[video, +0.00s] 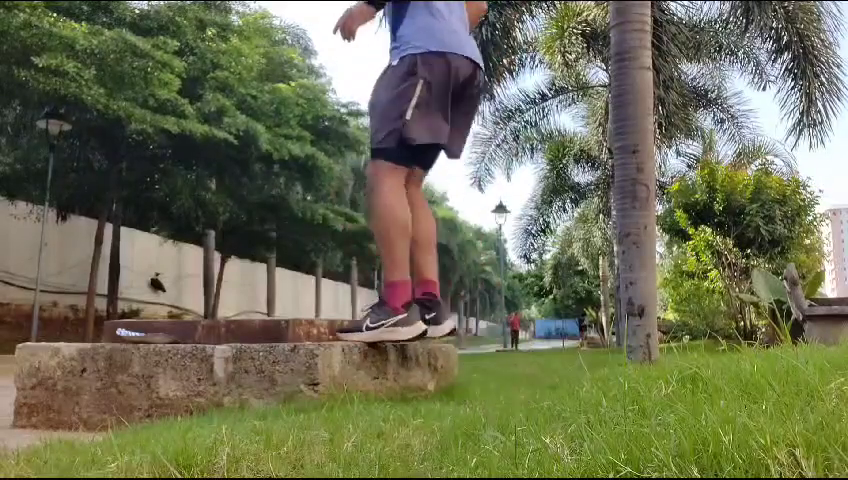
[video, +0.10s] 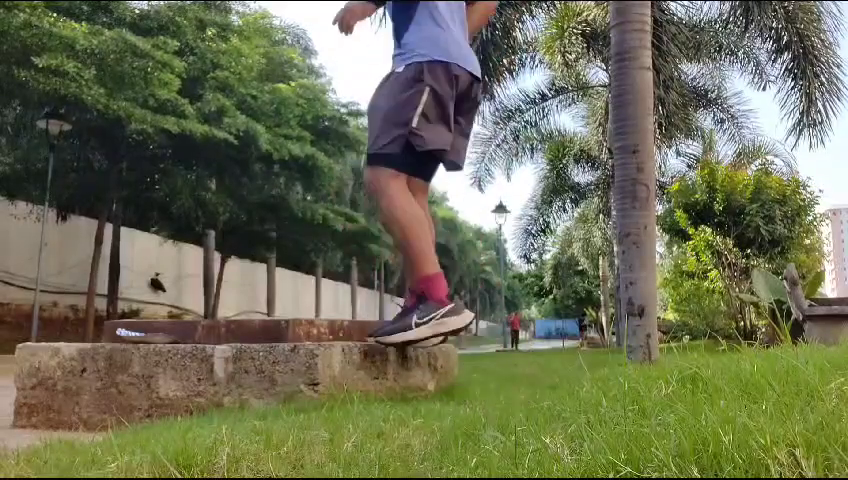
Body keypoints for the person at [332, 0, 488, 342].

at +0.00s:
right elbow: (478, 5)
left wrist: (366, 7)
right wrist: (442, 37)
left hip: (423, 50)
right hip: (467, 59)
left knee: (385, 174)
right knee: (412, 183)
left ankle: (394, 306)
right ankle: (430, 305)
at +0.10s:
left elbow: (365, 6)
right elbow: (487, 3)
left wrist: (350, 14)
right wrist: (451, 42)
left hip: (425, 55)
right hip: (463, 66)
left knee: (383, 178)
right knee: (416, 189)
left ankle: (436, 299)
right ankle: (416, 305)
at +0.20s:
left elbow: (354, 9)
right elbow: (493, 2)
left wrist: (361, 2)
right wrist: (452, 31)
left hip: (435, 55)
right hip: (466, 62)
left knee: (405, 187)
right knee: (407, 187)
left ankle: (462, 315)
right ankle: (419, 304)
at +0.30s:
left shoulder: (414, 2)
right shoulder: (467, 8)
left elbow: (387, 6)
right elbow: (515, 4)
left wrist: (375, 10)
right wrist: (470, 44)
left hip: (444, 90)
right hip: (480, 98)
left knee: (441, 236)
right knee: (382, 190)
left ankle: (477, 362)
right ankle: (436, 287)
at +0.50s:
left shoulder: (425, 4)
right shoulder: (476, 5)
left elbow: (436, 3)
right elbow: (511, 34)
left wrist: (395, 33)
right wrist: (476, 89)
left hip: (441, 107)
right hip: (474, 113)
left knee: (439, 245)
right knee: (406, 242)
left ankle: (497, 374)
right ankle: (489, 338)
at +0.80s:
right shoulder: (453, 13)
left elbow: (431, 0)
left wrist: (391, 31)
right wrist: (402, 79)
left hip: (431, 80)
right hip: (475, 96)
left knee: (344, 181)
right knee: (457, 228)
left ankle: (385, 297)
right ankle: (497, 352)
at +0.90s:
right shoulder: (453, 8)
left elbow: (405, 1)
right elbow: (469, 29)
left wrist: (375, 26)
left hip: (419, 70)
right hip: (465, 83)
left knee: (359, 185)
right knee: (416, 204)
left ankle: (389, 305)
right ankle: (479, 309)